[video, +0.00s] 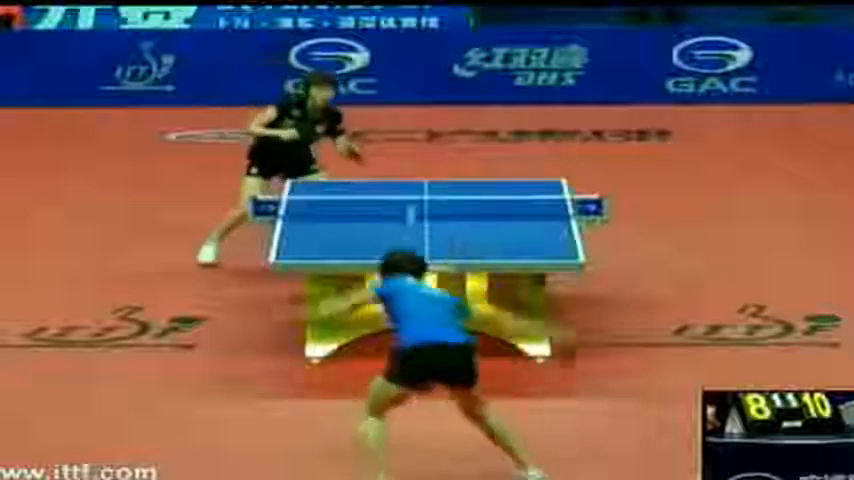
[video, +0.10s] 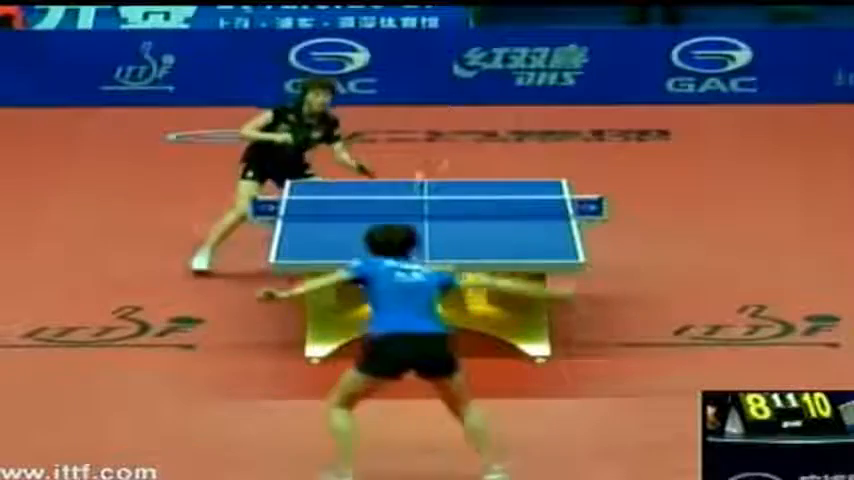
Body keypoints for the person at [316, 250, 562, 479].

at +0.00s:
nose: (382, 279)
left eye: (384, 274)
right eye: (385, 274)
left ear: (389, 273)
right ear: (420, 273)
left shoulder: (390, 285)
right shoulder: (444, 296)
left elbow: (348, 303)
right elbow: (492, 318)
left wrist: (319, 313)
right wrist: (535, 334)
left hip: (417, 352)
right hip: (459, 352)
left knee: (374, 414)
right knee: (477, 411)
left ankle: (379, 472)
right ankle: (529, 468)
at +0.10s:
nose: (366, 254)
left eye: (369, 249)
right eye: (372, 250)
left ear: (377, 249)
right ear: (409, 248)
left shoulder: (370, 267)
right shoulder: (432, 274)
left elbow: (325, 283)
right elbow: (493, 285)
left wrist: (284, 294)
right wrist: (547, 292)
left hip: (388, 341)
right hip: (433, 341)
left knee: (339, 405)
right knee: (464, 406)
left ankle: (344, 469)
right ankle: (493, 467)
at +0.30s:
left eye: (360, 239)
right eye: (390, 238)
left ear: (356, 244)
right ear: (391, 244)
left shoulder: (344, 271)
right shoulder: (408, 271)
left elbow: (297, 296)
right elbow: (465, 278)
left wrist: (256, 314)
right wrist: (507, 264)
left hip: (354, 353)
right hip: (401, 353)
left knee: (320, 419)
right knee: (445, 412)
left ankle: (302, 473)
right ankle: (474, 470)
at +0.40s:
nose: (390, 232)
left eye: (366, 228)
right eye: (391, 228)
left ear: (360, 235)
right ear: (393, 234)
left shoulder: (347, 260)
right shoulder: (411, 260)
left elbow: (307, 295)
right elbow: (466, 284)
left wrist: (264, 317)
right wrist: (491, 265)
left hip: (361, 343)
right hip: (407, 341)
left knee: (326, 411)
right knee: (448, 403)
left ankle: (302, 472)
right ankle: (476, 469)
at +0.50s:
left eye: (365, 235)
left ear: (369, 238)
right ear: (405, 238)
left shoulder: (358, 264)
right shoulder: (420, 264)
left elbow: (329, 304)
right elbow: (454, 301)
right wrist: (466, 291)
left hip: (371, 348)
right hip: (416, 348)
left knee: (336, 414)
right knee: (451, 408)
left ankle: (319, 473)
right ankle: (482, 470)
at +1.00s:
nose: (370, 261)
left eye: (373, 256)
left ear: (378, 258)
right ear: (412, 257)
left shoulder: (367, 286)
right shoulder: (434, 285)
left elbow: (336, 321)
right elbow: (456, 321)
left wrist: (326, 314)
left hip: (380, 367)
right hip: (428, 368)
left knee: (328, 424)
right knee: (472, 428)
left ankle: (310, 475)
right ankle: (501, 476)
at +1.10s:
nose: (333, 280)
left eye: (336, 275)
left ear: (342, 278)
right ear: (373, 276)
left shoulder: (347, 302)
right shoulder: (397, 299)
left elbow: (293, 321)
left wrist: (274, 301)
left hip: (372, 386)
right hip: (417, 383)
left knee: (296, 416)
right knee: (464, 431)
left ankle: (278, 472)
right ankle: (495, 473)